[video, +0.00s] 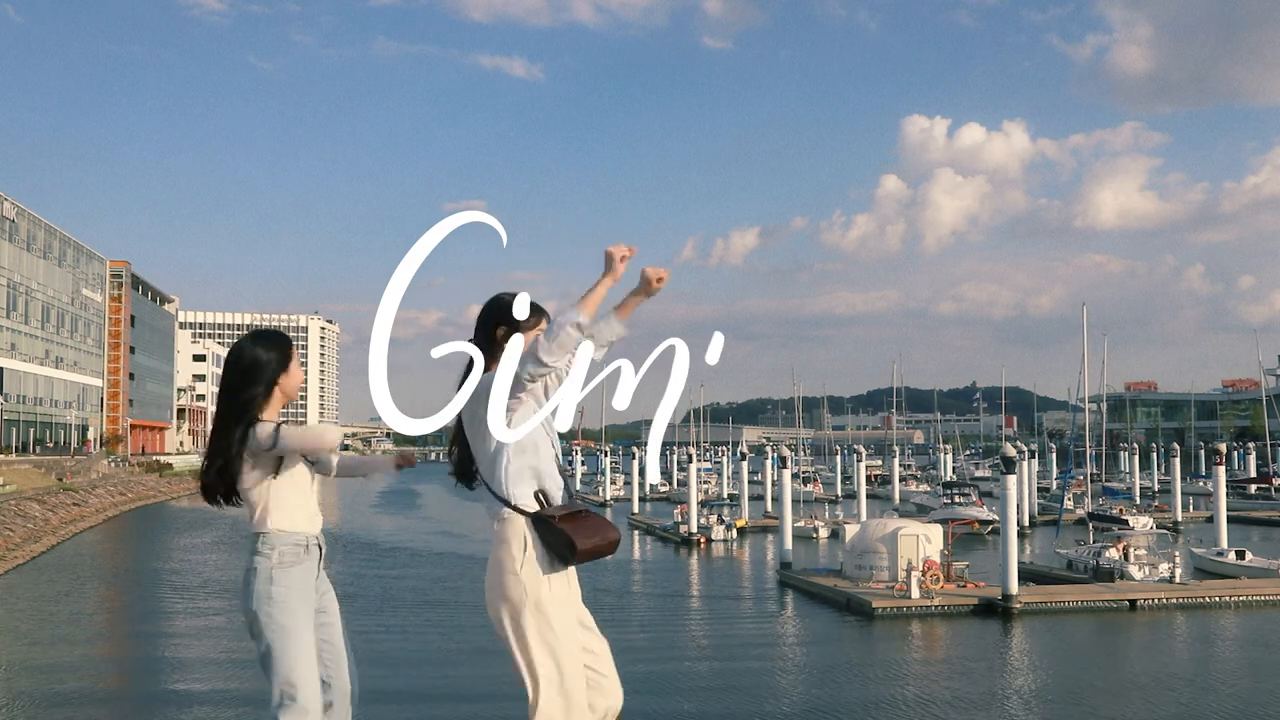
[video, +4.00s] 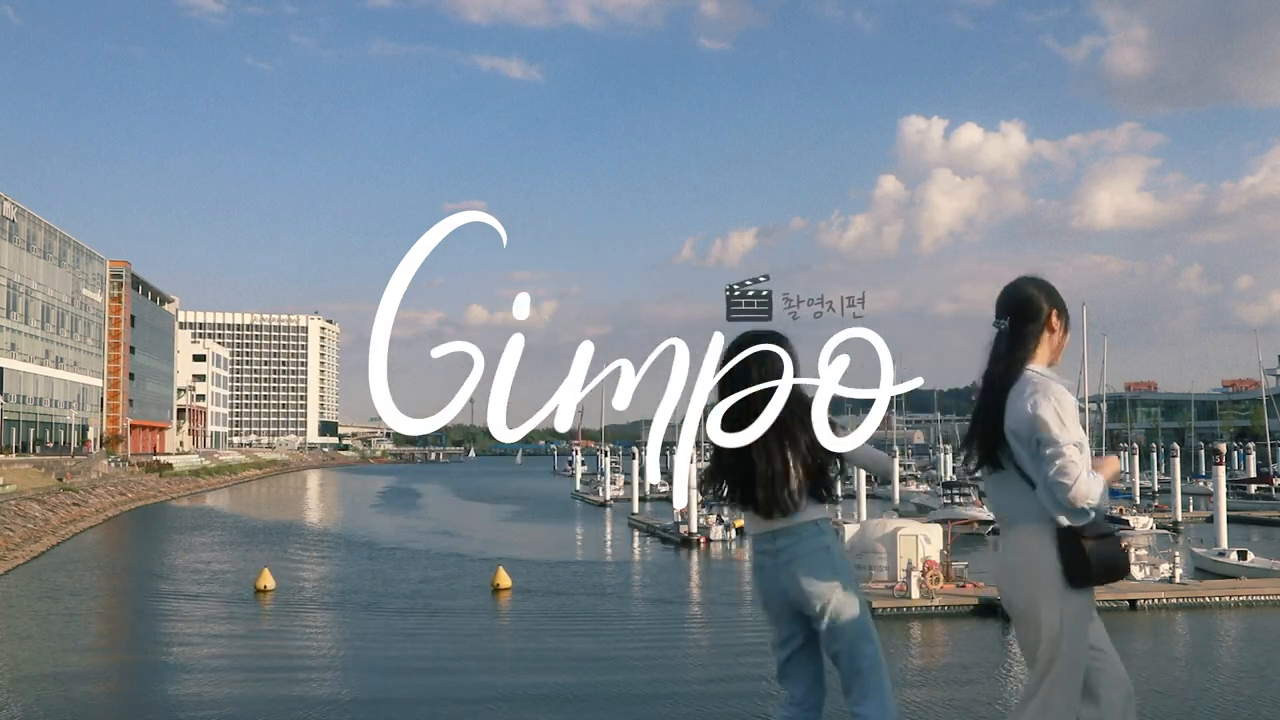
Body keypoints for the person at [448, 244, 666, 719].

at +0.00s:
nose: (546, 342)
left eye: (546, 332)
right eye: (538, 332)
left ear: (511, 340)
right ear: (511, 338)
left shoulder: (525, 389)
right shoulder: (491, 394)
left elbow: (587, 344)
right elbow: (555, 346)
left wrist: (640, 294)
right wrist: (609, 278)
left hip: (549, 553)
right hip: (522, 557)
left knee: (604, 692)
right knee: (559, 699)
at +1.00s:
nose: (673, 347)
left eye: (673, 336)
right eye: (665, 336)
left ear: (636, 341)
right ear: (633, 340)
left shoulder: (640, 392)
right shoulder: (621, 390)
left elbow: (699, 342)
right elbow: (684, 344)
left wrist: (750, 287)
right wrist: (740, 274)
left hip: (655, 549)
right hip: (643, 551)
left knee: (663, 697)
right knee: (723, 695)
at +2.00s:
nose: (822, 319)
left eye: (821, 309)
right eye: (816, 308)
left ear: (780, 308)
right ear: (785, 308)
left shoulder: (781, 360)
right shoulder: (782, 359)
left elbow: (834, 320)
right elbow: (863, 310)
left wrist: (870, 268)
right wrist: (921, 232)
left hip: (822, 529)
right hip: (801, 530)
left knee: (877, 673)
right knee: (794, 684)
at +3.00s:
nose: (940, 320)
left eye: (946, 310)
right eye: (927, 309)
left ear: (951, 315)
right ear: (896, 317)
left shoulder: (912, 375)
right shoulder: (903, 378)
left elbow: (916, 466)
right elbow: (910, 469)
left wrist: (986, 478)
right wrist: (996, 477)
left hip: (921, 533)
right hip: (931, 533)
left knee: (932, 685)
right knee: (996, 681)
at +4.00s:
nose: (1065, 339)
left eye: (1064, 329)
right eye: (1066, 327)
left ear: (1007, 325)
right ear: (1053, 324)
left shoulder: (998, 392)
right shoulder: (1041, 393)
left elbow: (1004, 491)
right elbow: (1076, 493)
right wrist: (1102, 474)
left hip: (1023, 556)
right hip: (1045, 559)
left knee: (1112, 691)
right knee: (1053, 698)